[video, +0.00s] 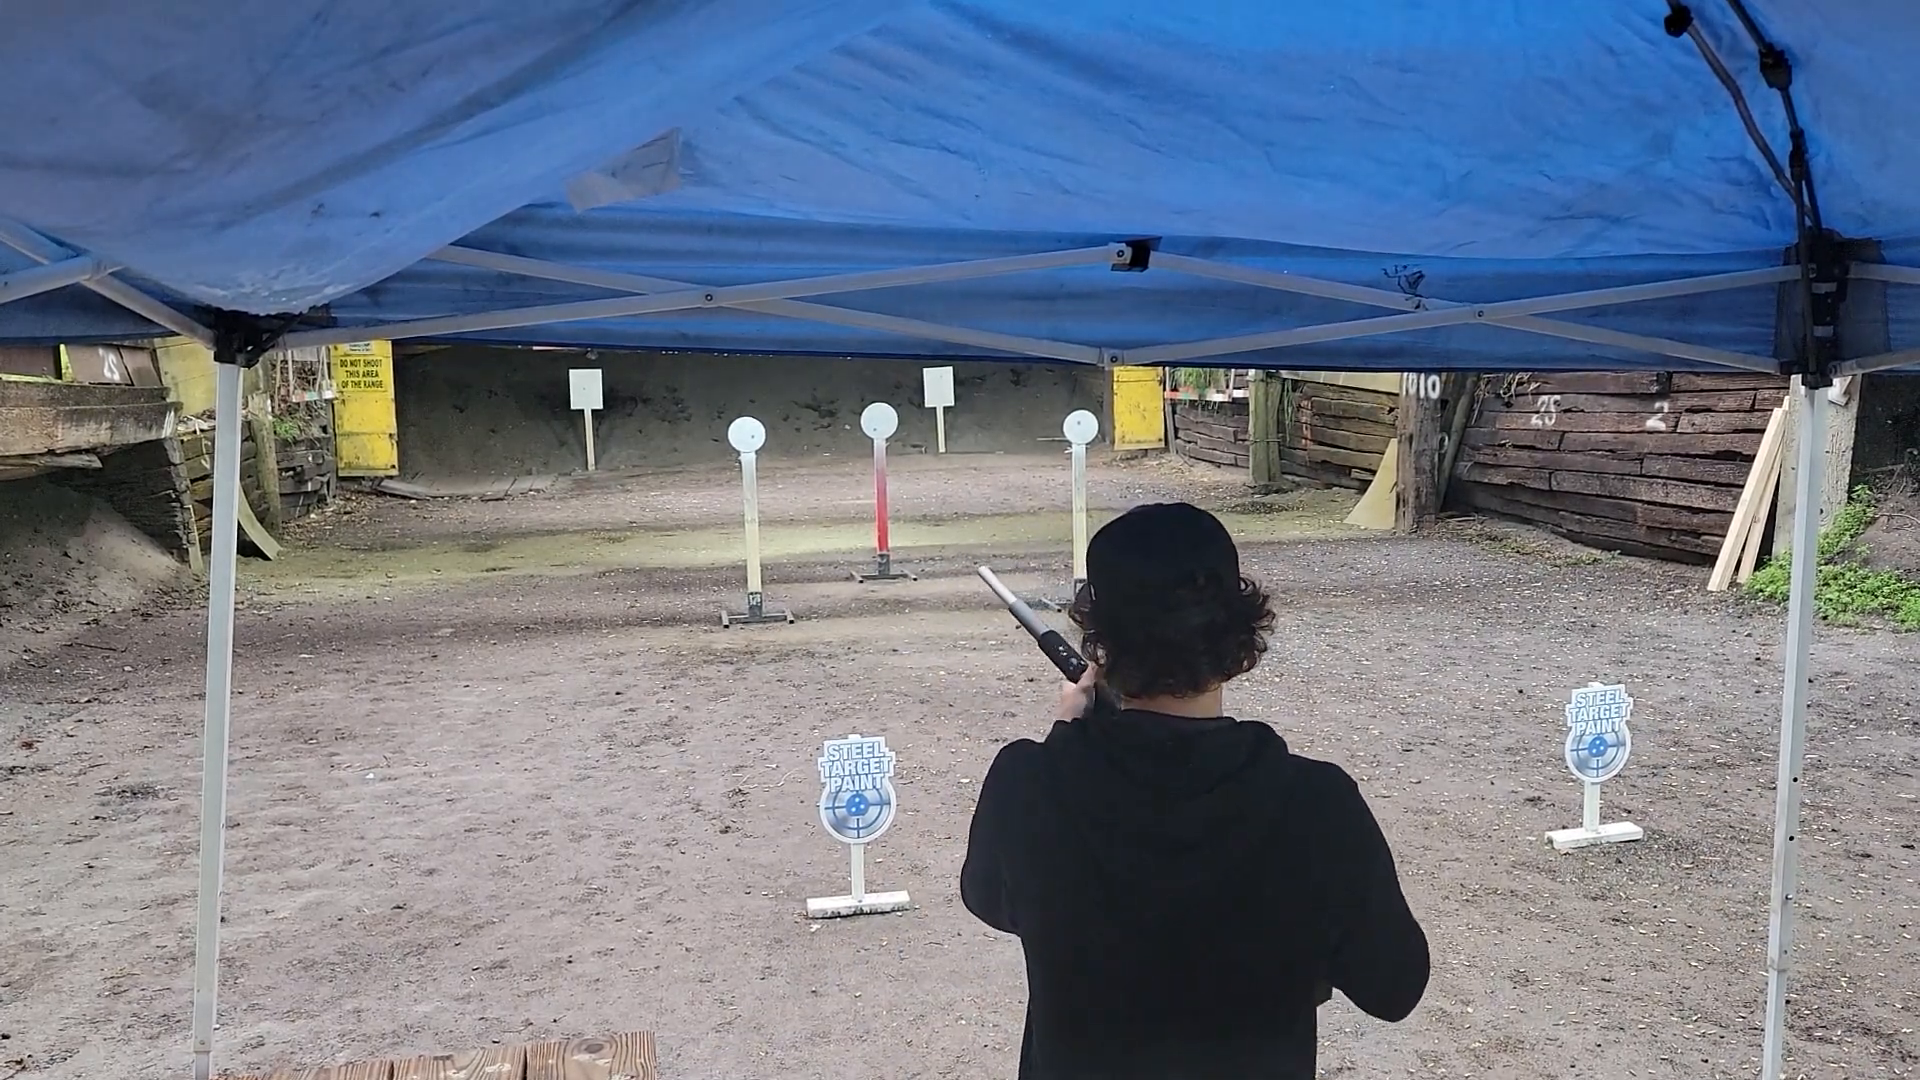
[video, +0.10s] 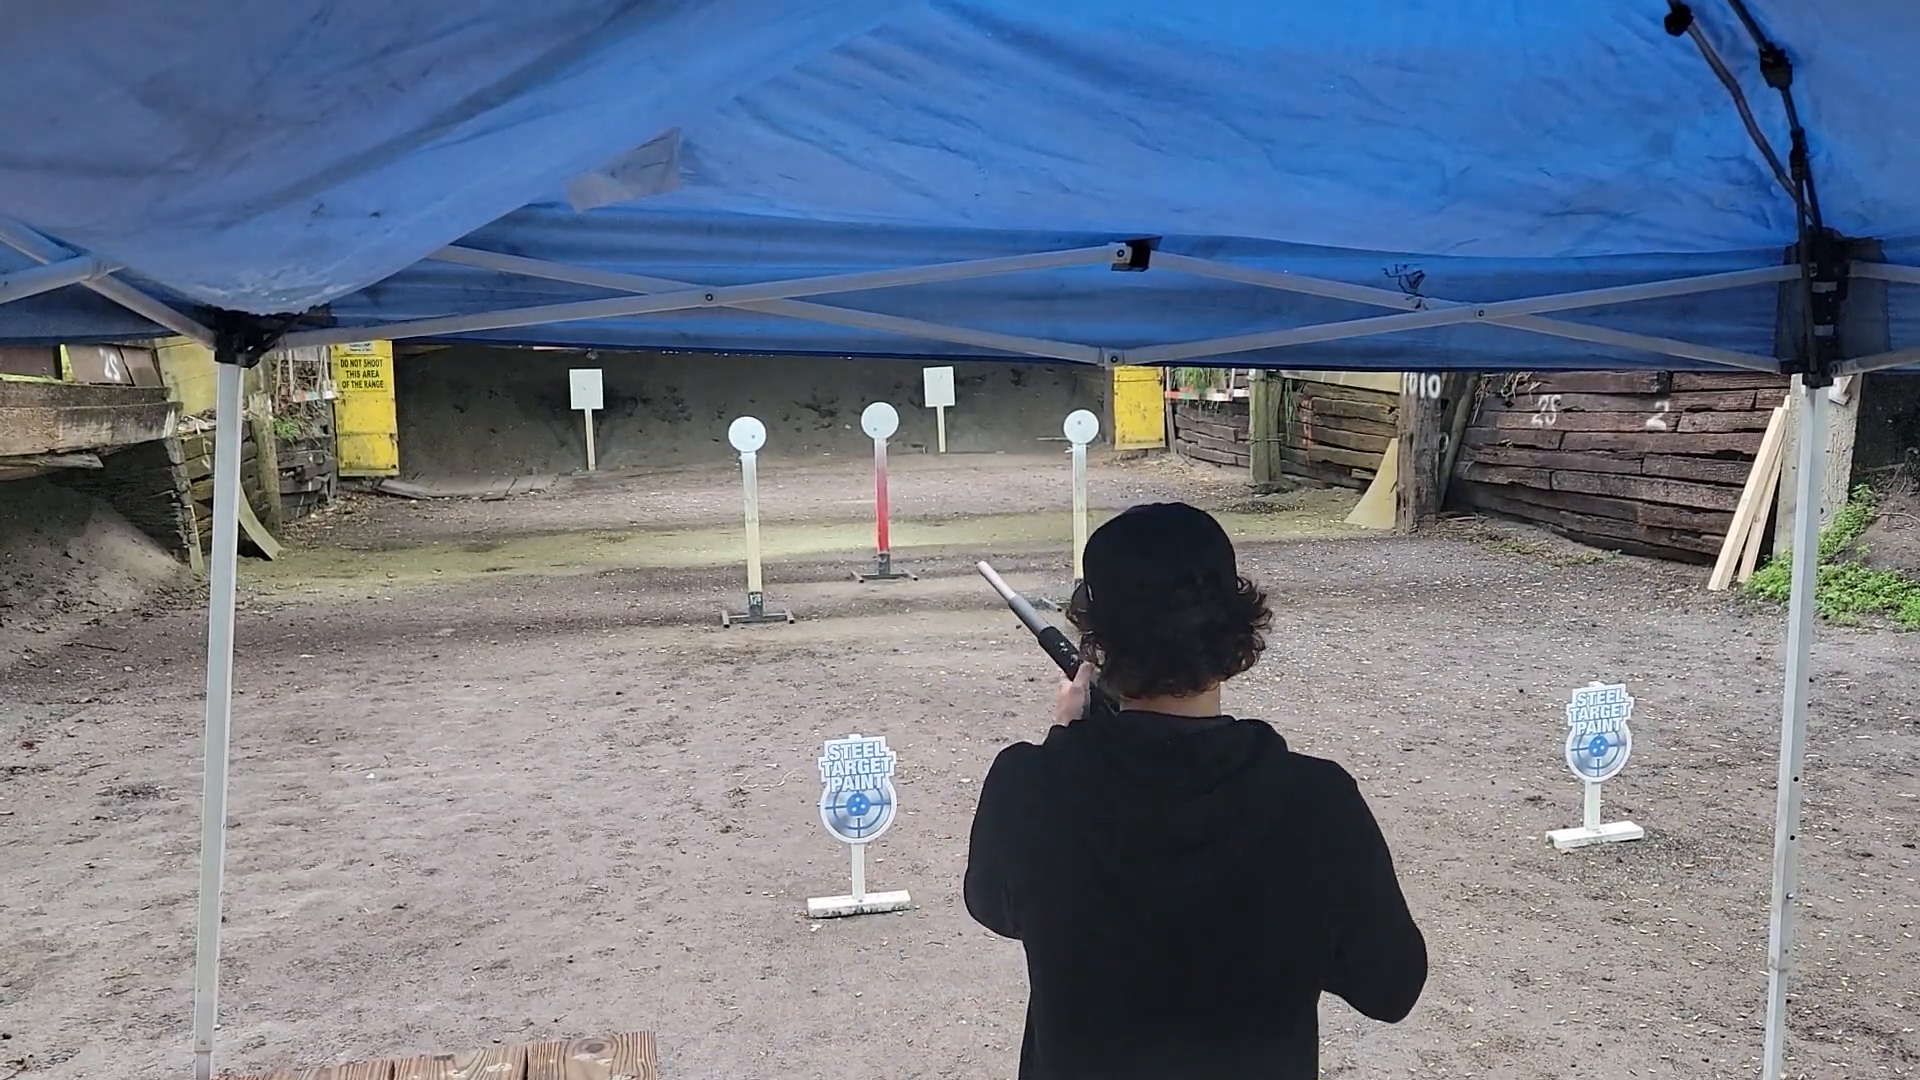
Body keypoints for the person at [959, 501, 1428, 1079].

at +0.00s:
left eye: (1090, 620)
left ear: (1099, 640)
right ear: (1241, 628)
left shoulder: (1030, 783)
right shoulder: (1319, 802)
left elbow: (993, 898)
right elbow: (1396, 989)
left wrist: (1066, 737)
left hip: (1077, 1066)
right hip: (1261, 1066)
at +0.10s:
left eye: (1086, 615)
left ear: (1098, 638)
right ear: (1236, 625)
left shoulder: (1028, 785)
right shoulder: (1319, 799)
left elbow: (995, 904)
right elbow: (1393, 989)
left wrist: (1066, 737)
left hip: (1074, 1070)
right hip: (1265, 1070)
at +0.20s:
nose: (1079, 633)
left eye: (1083, 618)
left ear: (1095, 638)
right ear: (1232, 623)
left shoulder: (1029, 787)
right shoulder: (1320, 800)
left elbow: (1002, 907)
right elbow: (1387, 997)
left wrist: (1071, 744)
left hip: (1076, 1071)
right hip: (1268, 1071)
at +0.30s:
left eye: (1080, 622)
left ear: (1091, 642)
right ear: (1228, 619)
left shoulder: (1029, 790)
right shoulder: (1320, 802)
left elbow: (1005, 910)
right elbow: (1380, 1003)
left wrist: (1071, 742)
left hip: (1076, 1071)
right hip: (1267, 1071)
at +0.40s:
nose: (1073, 642)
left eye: (1076, 627)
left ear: (1089, 646)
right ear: (1222, 620)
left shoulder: (1027, 794)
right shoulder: (1321, 805)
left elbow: (1008, 924)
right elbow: (1380, 1009)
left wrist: (1079, 739)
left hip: (1076, 1072)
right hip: (1267, 1072)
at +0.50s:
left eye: (1071, 633)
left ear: (1078, 648)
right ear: (1217, 620)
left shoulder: (1023, 796)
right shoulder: (1321, 804)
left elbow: (1017, 935)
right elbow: (1380, 1010)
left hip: (1077, 1070)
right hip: (1269, 1070)